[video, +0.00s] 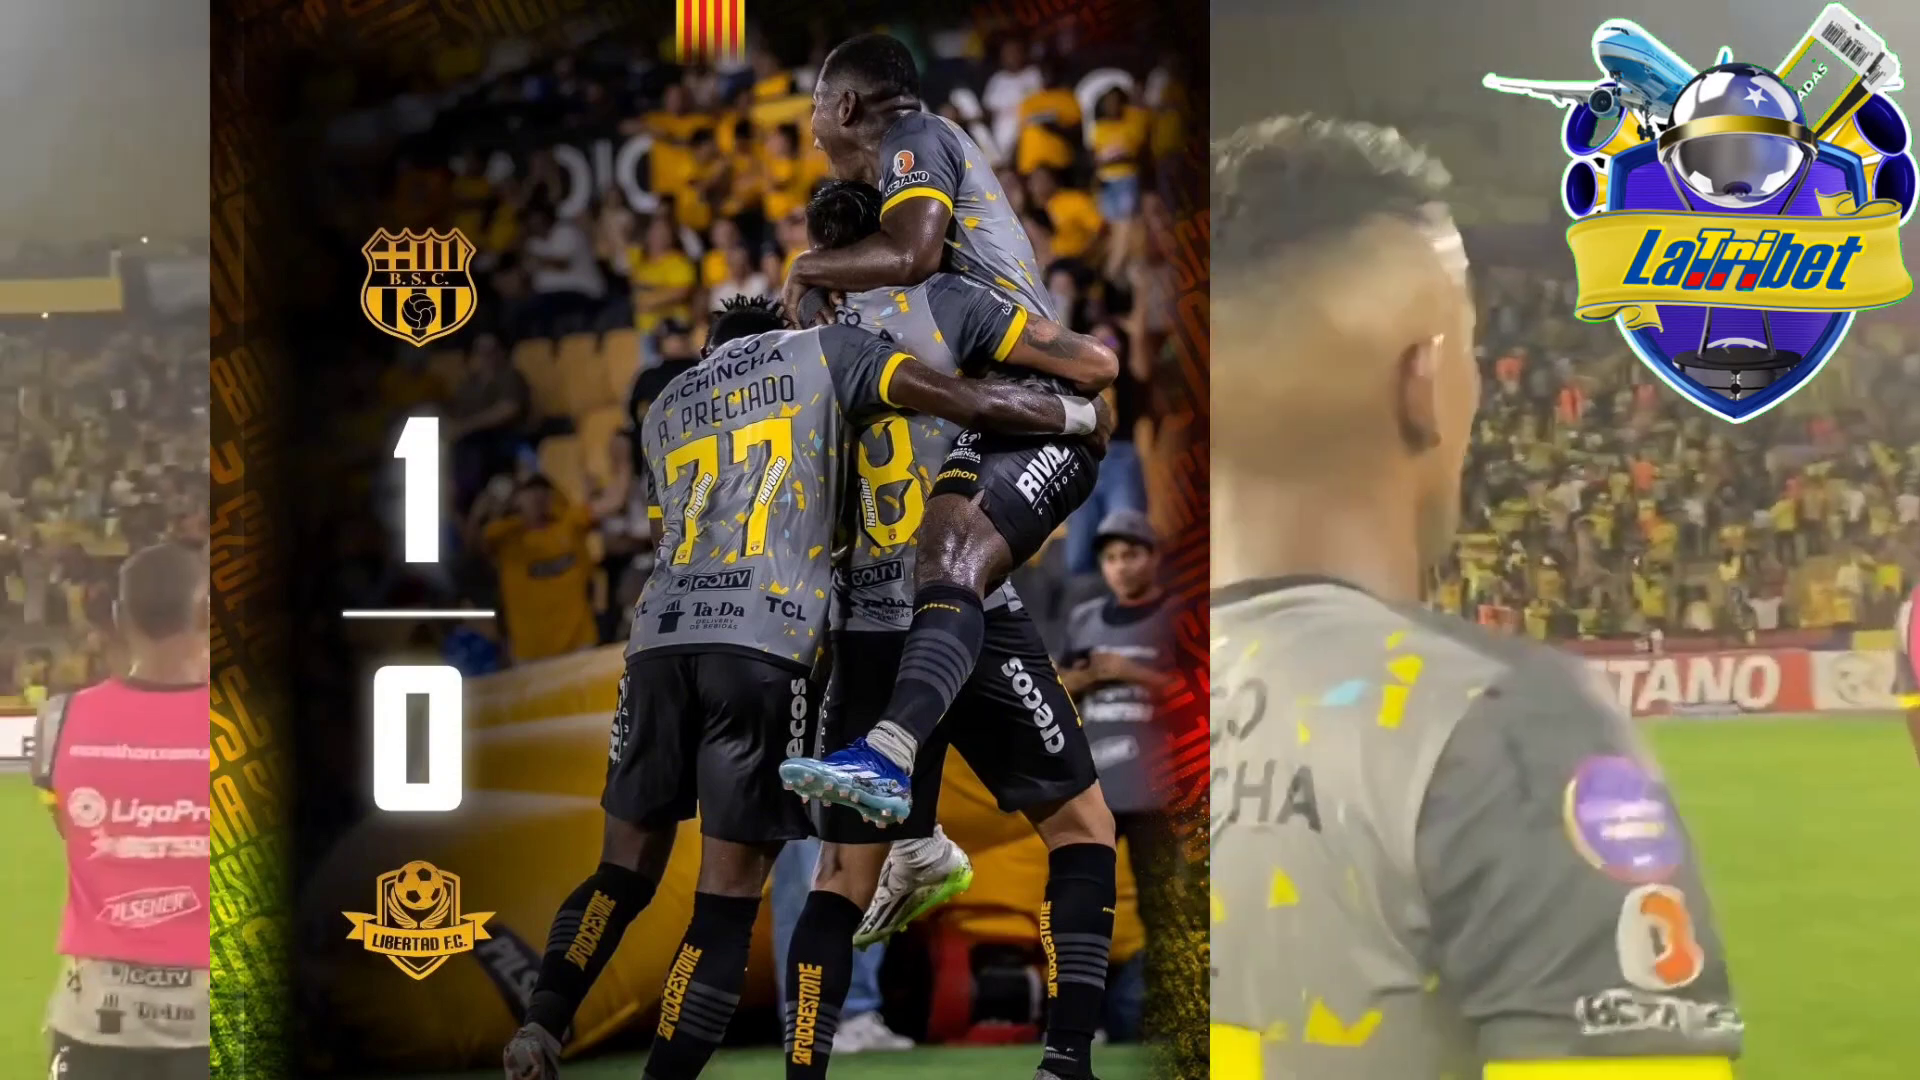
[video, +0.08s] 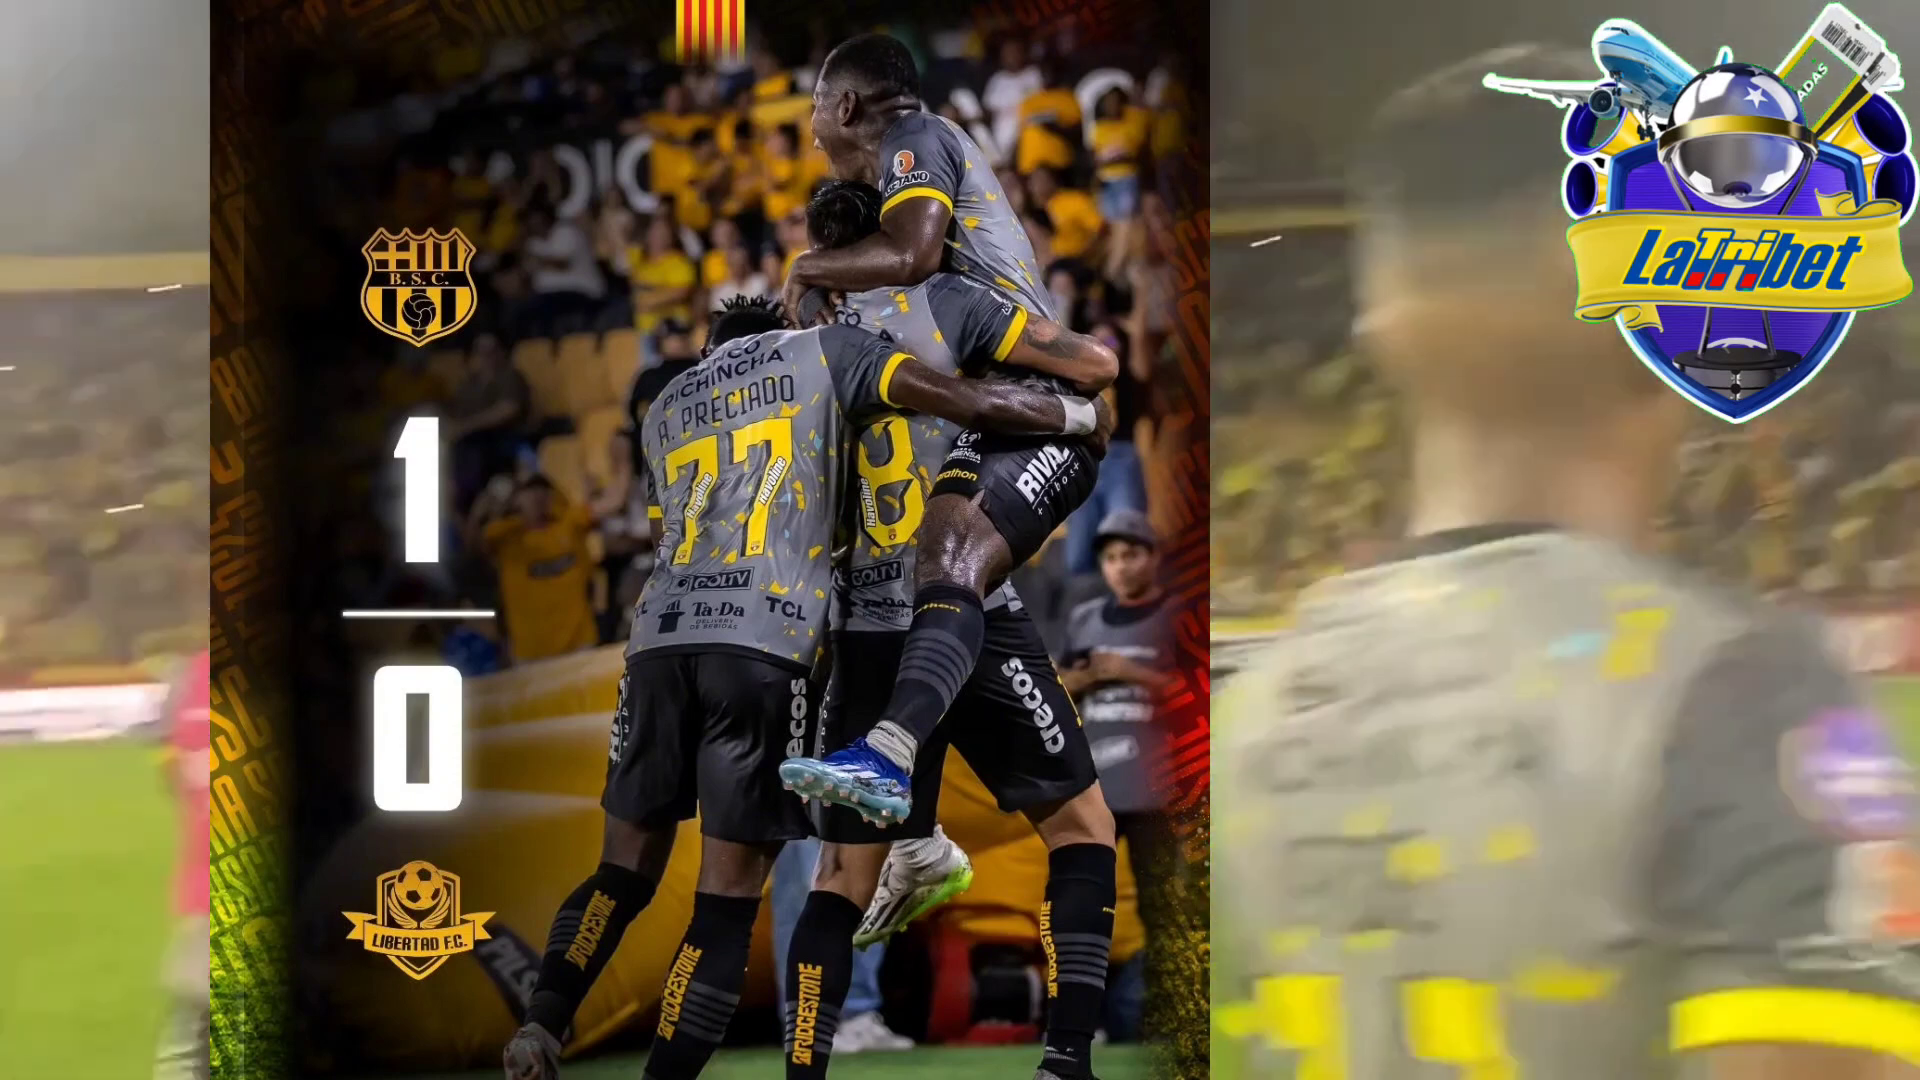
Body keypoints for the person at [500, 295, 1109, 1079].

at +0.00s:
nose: (826, 326)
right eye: (814, 319)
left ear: (709, 346)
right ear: (792, 324)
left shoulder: (660, 405)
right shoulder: (830, 348)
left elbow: (680, 521)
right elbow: (970, 400)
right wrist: (1088, 417)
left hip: (657, 648)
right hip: (762, 649)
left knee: (623, 865)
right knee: (727, 892)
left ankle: (542, 1028)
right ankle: (667, 1075)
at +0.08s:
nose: (826, 325)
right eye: (814, 319)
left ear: (710, 345)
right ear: (793, 324)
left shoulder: (661, 406)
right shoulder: (829, 348)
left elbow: (682, 519)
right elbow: (970, 399)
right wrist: (1086, 418)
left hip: (657, 648)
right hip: (762, 649)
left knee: (623, 865)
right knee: (727, 892)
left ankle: (542, 1027)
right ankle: (667, 1075)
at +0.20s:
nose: (826, 326)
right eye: (814, 319)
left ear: (709, 346)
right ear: (792, 324)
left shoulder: (660, 405)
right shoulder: (830, 348)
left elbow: (680, 521)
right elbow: (970, 400)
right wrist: (1088, 417)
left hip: (657, 648)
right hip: (762, 649)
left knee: (623, 865)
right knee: (727, 892)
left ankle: (542, 1028)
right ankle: (667, 1075)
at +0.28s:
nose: (826, 326)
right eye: (814, 319)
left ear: (709, 346)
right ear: (792, 324)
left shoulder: (660, 405)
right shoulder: (830, 348)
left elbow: (680, 521)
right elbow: (970, 400)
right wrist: (1088, 417)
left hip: (657, 648)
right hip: (762, 649)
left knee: (623, 865)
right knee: (727, 892)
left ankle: (542, 1028)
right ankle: (667, 1075)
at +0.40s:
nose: (826, 326)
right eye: (814, 319)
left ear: (709, 346)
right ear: (792, 324)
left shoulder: (660, 405)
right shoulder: (830, 348)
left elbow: (680, 521)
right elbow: (970, 400)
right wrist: (1088, 417)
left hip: (657, 648)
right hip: (762, 649)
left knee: (623, 865)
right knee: (727, 892)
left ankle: (542, 1028)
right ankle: (667, 1075)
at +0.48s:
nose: (826, 326)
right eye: (814, 319)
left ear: (709, 346)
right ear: (792, 324)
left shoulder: (660, 405)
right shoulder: (830, 348)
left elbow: (680, 521)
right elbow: (970, 400)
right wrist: (1088, 417)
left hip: (657, 648)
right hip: (762, 649)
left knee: (623, 865)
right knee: (727, 892)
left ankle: (542, 1028)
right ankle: (667, 1075)